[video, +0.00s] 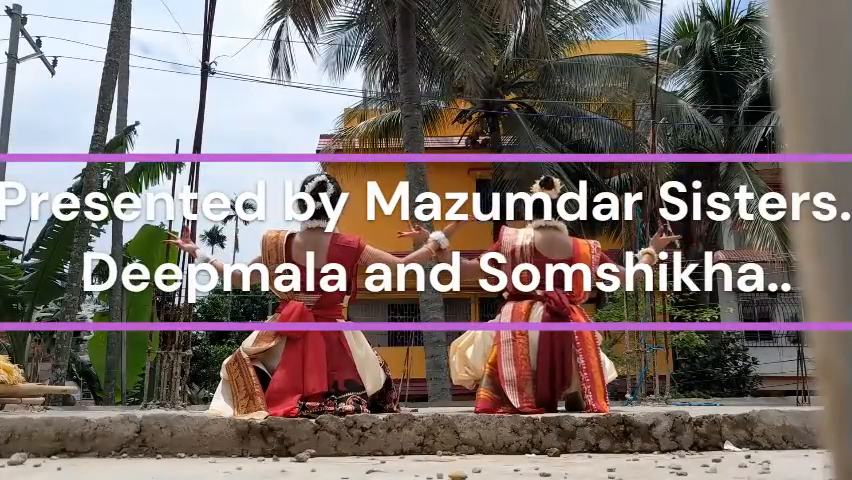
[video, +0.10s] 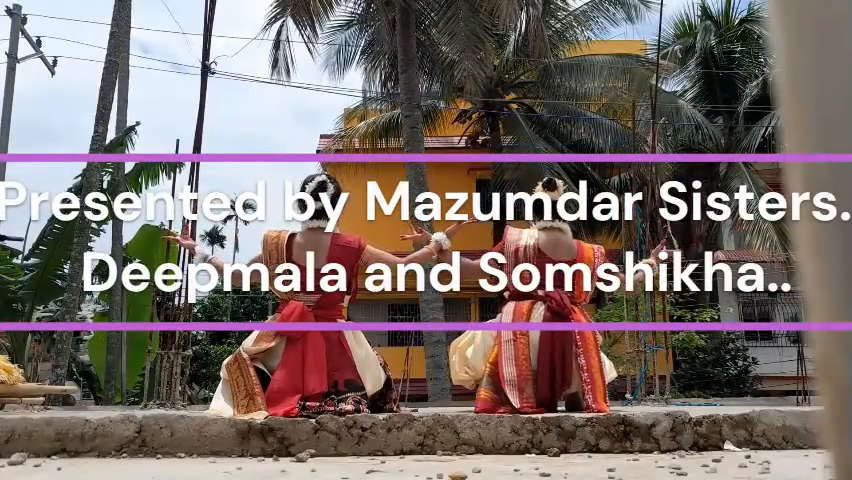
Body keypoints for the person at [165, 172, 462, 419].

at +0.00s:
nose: (335, 207)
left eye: (315, 202)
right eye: (337, 202)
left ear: (300, 205)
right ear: (337, 206)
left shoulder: (275, 245)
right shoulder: (349, 247)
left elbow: (238, 278)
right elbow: (403, 263)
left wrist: (198, 253)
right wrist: (434, 245)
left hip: (287, 343)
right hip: (334, 343)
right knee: (375, 389)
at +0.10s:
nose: (338, 206)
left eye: (317, 200)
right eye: (338, 201)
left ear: (300, 203)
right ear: (336, 206)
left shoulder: (276, 245)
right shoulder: (349, 247)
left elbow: (236, 278)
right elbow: (404, 264)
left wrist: (199, 252)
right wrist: (435, 246)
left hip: (289, 349)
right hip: (335, 349)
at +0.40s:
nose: (354, 214)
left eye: (347, 206)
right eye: (353, 207)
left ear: (314, 207)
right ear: (348, 211)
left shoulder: (289, 242)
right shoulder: (359, 251)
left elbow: (245, 265)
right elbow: (415, 268)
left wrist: (201, 243)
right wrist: (447, 246)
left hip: (289, 341)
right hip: (334, 344)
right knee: (371, 384)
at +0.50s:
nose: (361, 218)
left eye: (355, 210)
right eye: (360, 211)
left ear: (322, 211)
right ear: (356, 214)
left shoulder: (297, 243)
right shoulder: (365, 253)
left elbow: (249, 263)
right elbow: (419, 270)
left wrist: (204, 240)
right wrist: (449, 247)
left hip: (289, 337)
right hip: (335, 342)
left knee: (236, 361)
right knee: (373, 387)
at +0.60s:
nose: (365, 214)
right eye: (365, 210)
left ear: (329, 210)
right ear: (364, 214)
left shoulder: (304, 240)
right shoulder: (369, 254)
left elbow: (257, 263)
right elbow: (426, 272)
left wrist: (207, 239)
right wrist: (451, 246)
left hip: (291, 337)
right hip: (336, 342)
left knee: (238, 356)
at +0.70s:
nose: (363, 216)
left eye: (341, 210)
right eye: (365, 212)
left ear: (333, 211)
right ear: (367, 216)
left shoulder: (307, 240)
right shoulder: (375, 254)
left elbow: (261, 259)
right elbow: (429, 269)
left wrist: (213, 235)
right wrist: (453, 244)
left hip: (296, 338)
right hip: (342, 343)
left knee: (242, 354)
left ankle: (252, 414)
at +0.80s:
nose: (373, 216)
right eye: (373, 212)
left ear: (337, 212)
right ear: (371, 216)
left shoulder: (310, 243)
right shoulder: (376, 254)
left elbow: (263, 254)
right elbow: (432, 264)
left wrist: (220, 231)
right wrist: (455, 238)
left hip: (297, 345)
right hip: (343, 347)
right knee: (371, 392)